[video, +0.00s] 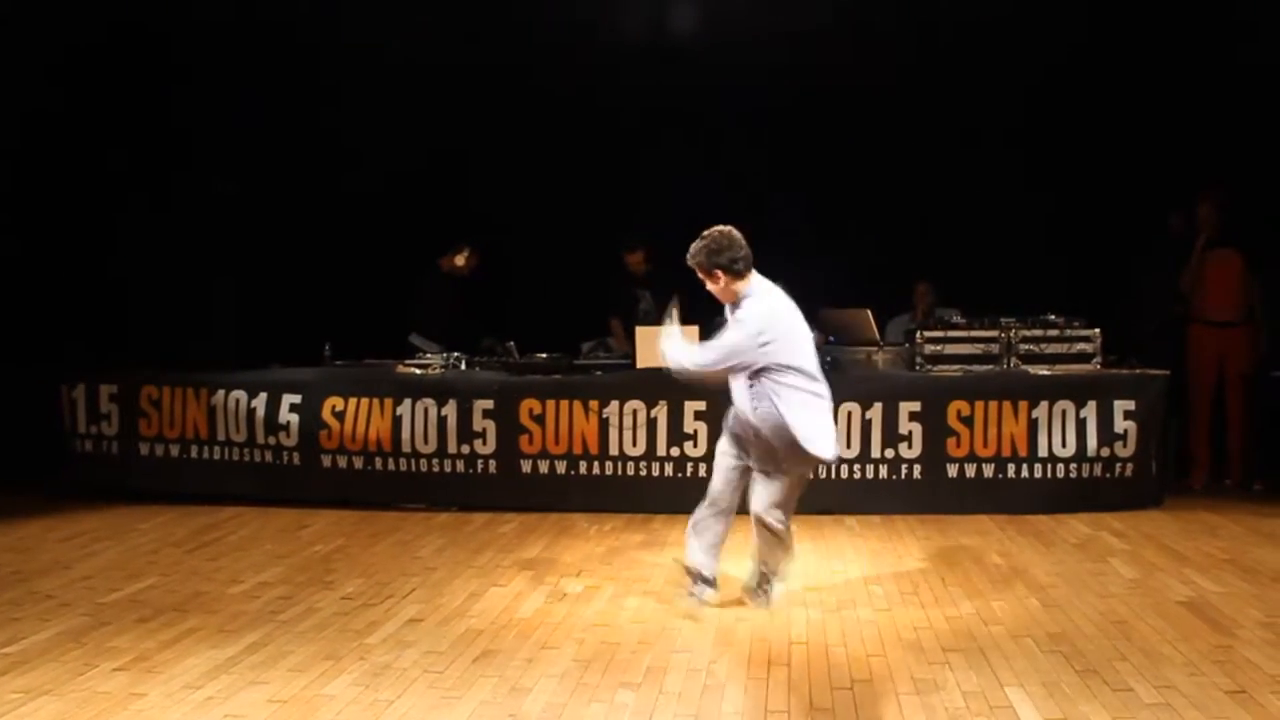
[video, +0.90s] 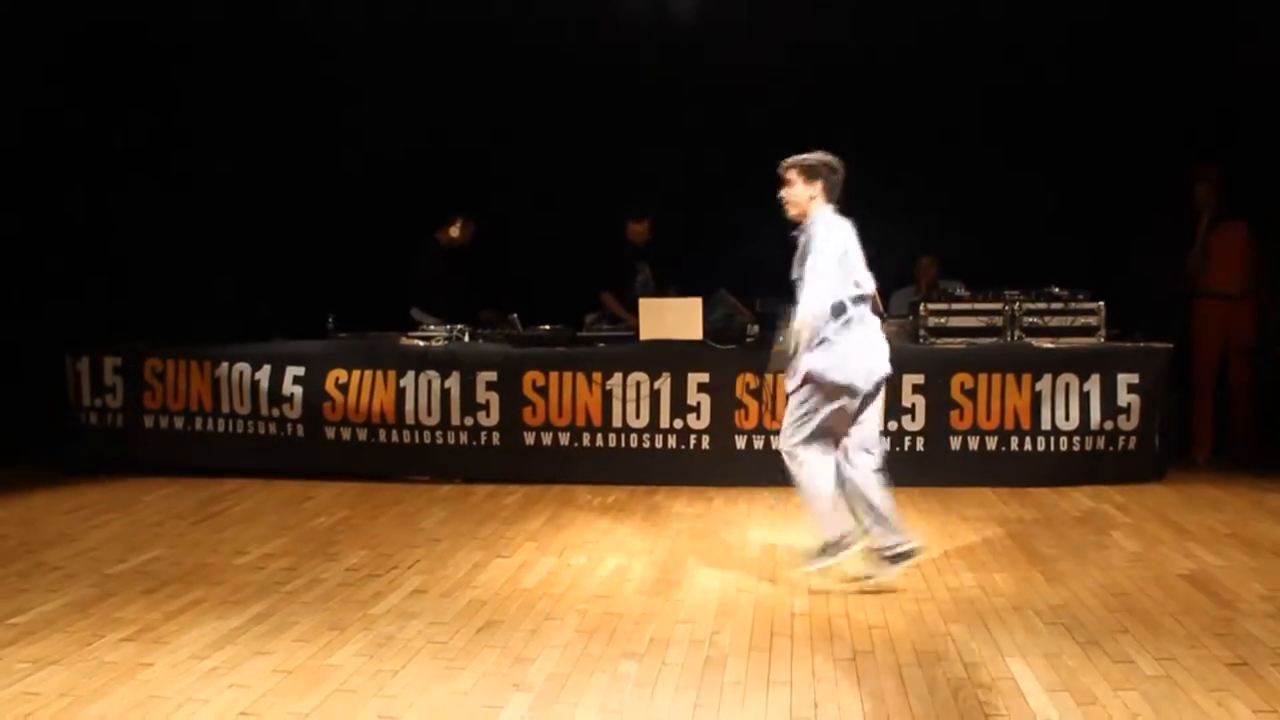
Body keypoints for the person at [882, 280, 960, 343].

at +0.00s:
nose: (922, 299)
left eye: (926, 295)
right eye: (919, 295)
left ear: (933, 297)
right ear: (914, 298)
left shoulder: (951, 317)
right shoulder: (896, 325)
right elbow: (893, 359)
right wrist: (917, 323)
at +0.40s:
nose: (920, 299)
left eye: (924, 295)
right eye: (917, 295)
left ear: (932, 297)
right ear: (912, 298)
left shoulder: (950, 317)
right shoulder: (894, 326)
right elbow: (891, 361)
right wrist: (916, 322)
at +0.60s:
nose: (922, 287)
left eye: (926, 283)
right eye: (919, 283)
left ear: (934, 285)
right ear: (914, 286)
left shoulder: (952, 306)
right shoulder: (897, 314)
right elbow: (893, 349)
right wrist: (918, 312)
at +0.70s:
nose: (925, 274)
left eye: (929, 270)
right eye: (921, 271)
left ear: (936, 272)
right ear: (916, 273)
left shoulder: (955, 294)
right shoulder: (900, 302)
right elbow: (895, 337)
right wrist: (920, 299)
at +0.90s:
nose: (925, 271)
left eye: (929, 267)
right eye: (922, 268)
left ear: (937, 270)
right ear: (916, 271)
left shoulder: (954, 290)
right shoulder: (900, 298)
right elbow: (897, 332)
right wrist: (921, 296)